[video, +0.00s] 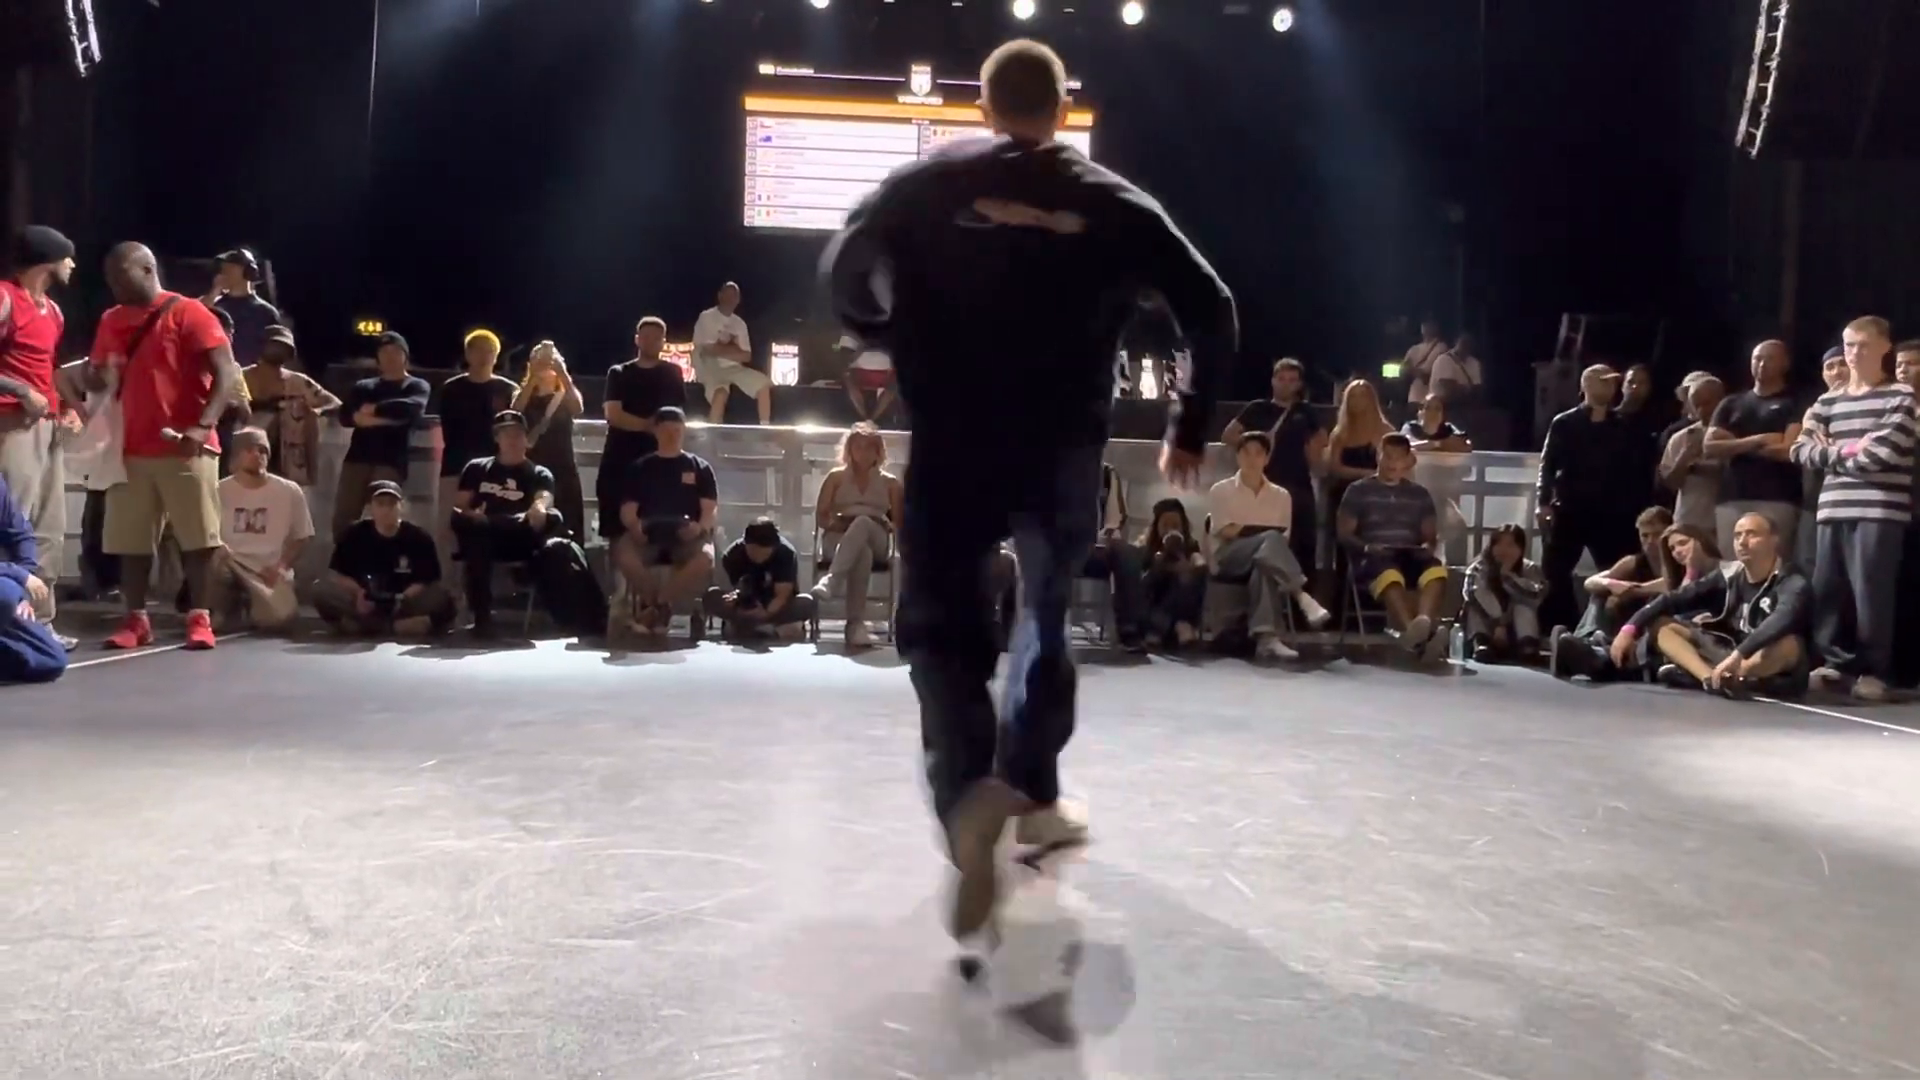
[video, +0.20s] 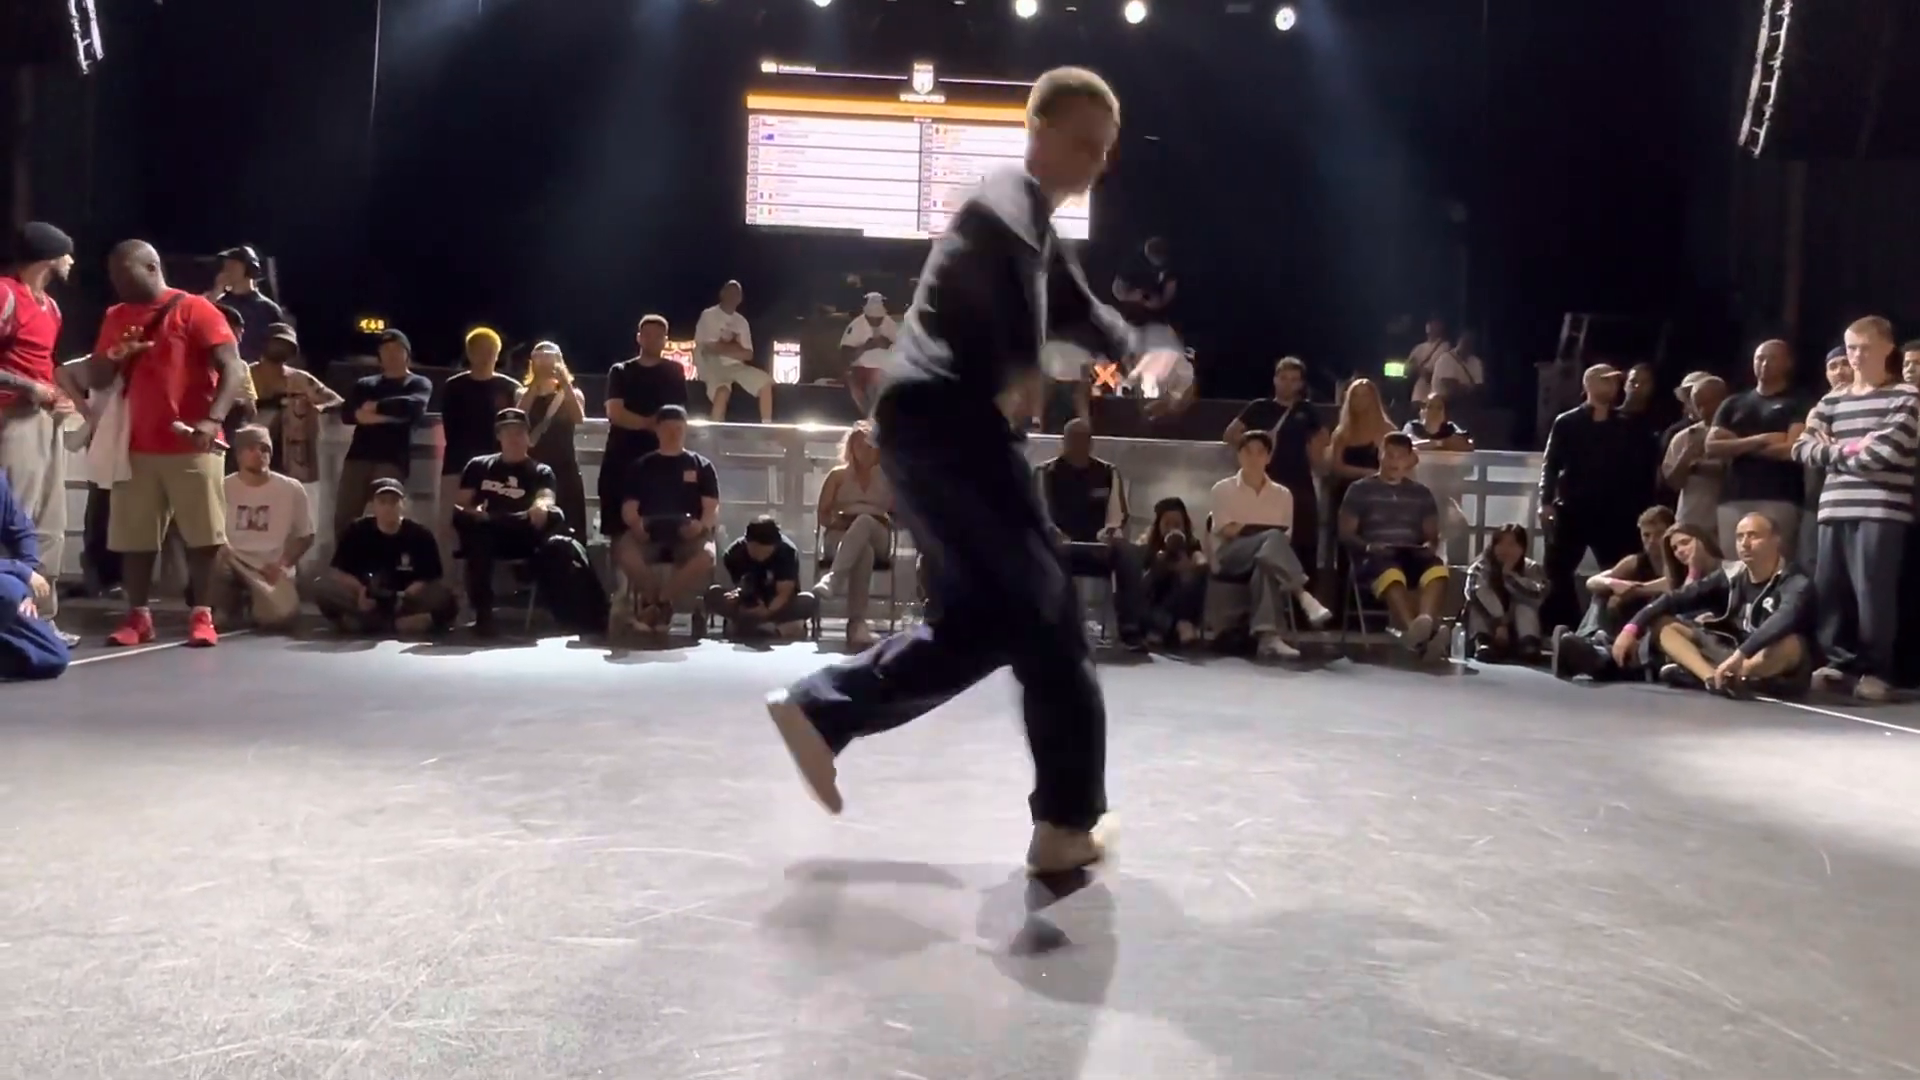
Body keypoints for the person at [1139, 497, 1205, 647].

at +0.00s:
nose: (1170, 531)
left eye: (1175, 526)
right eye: (1165, 525)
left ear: (1184, 526)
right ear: (1156, 526)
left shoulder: (1191, 547)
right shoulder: (1145, 550)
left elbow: (1201, 567)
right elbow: (1142, 583)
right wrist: (1160, 562)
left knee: (1192, 576)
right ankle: (1182, 623)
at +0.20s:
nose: (1172, 530)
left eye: (1177, 524)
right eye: (1167, 524)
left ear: (1185, 525)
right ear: (1158, 525)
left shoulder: (1192, 545)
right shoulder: (1147, 548)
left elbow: (1202, 564)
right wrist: (1161, 562)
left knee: (1192, 575)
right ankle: (1183, 623)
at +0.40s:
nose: (1175, 528)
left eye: (1180, 523)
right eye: (1169, 523)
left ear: (1188, 523)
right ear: (1160, 523)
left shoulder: (1194, 543)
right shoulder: (1150, 545)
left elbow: (1205, 561)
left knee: (1193, 573)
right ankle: (1184, 622)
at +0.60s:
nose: (1178, 525)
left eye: (1183, 520)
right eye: (1172, 520)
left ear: (1191, 520)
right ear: (1163, 520)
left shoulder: (1197, 541)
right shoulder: (1153, 543)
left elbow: (1208, 561)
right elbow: (1148, 576)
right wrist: (1164, 558)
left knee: (1195, 571)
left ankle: (1163, 625)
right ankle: (1189, 619)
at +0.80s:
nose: (1180, 524)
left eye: (1185, 518)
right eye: (1175, 518)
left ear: (1193, 518)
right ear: (1166, 519)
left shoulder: (1200, 540)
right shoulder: (1156, 542)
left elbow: (1210, 561)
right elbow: (1152, 574)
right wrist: (1169, 554)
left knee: (1198, 570)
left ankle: (1165, 624)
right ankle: (1192, 617)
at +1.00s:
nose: (1182, 522)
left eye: (1187, 517)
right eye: (1176, 516)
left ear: (1195, 517)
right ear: (1168, 518)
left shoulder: (1202, 540)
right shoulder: (1161, 542)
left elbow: (1213, 559)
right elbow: (1155, 576)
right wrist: (1168, 557)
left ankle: (1167, 622)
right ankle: (1192, 617)